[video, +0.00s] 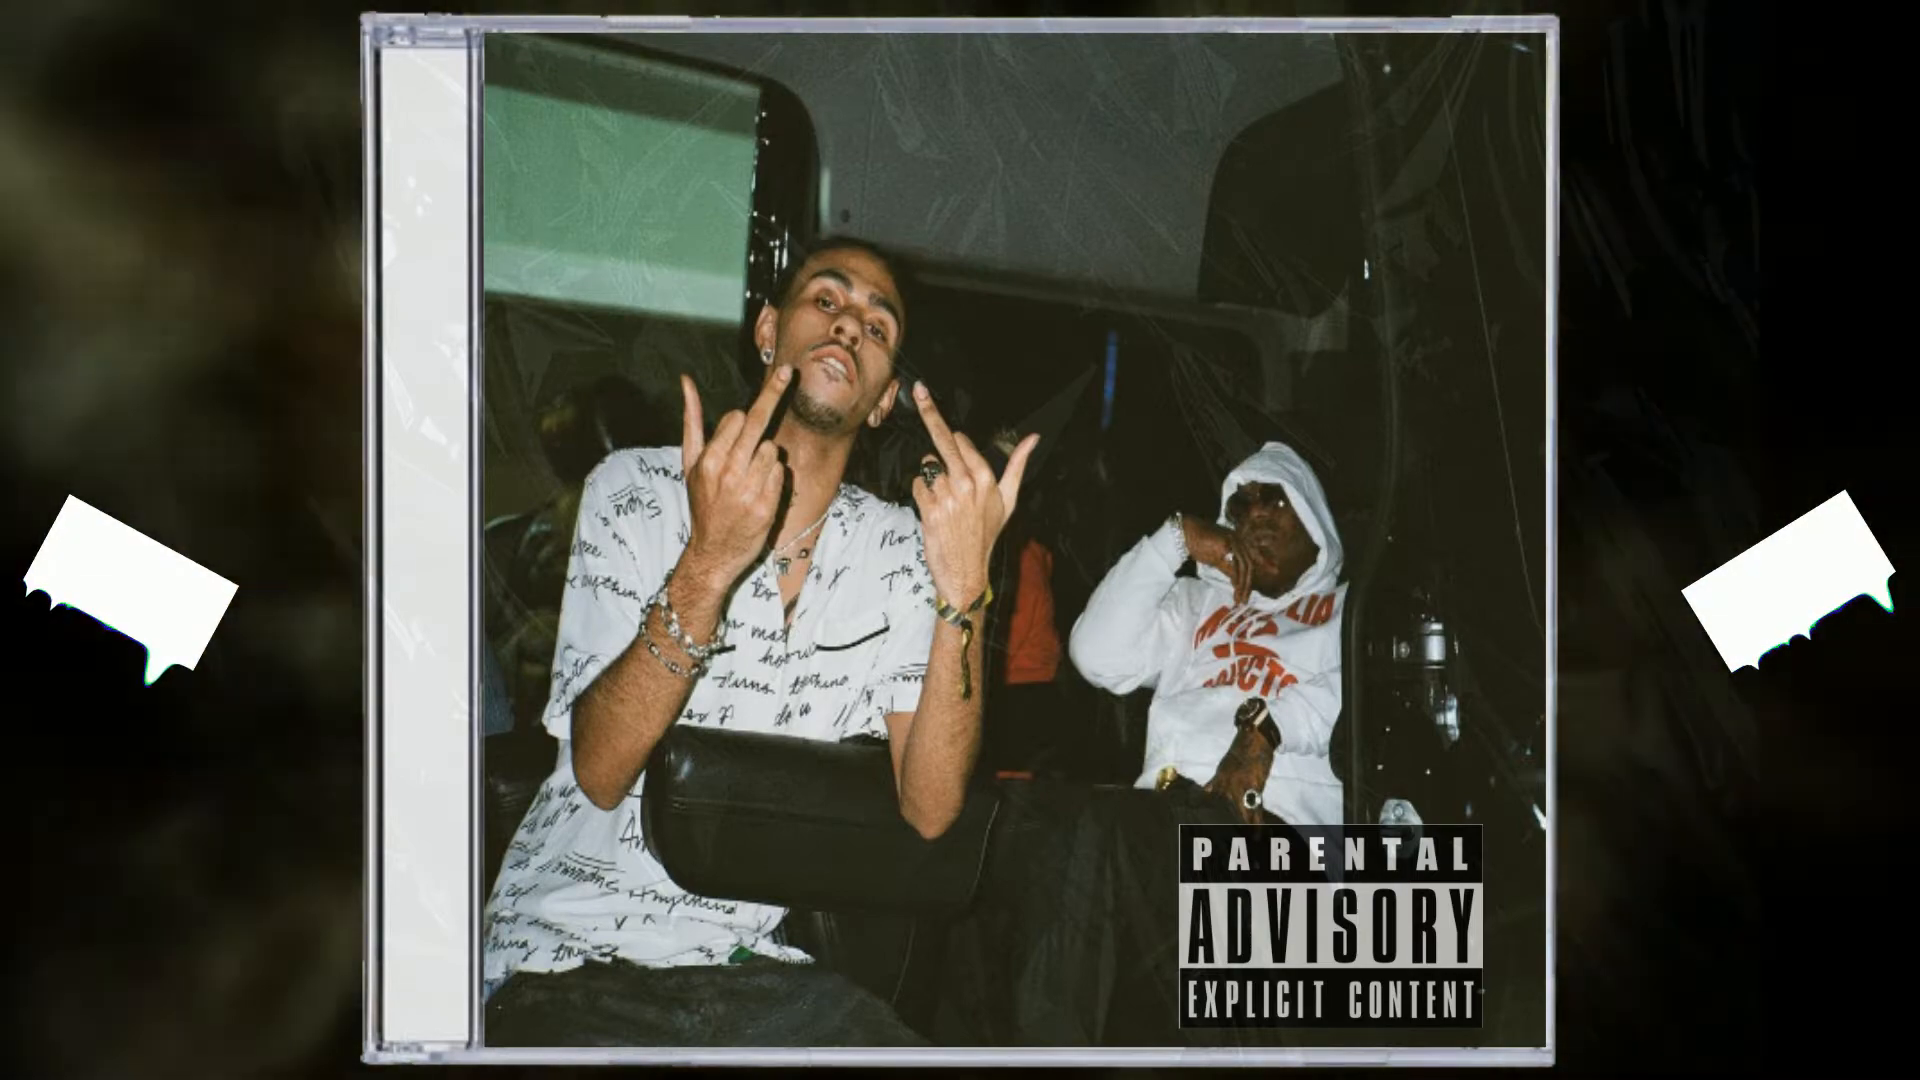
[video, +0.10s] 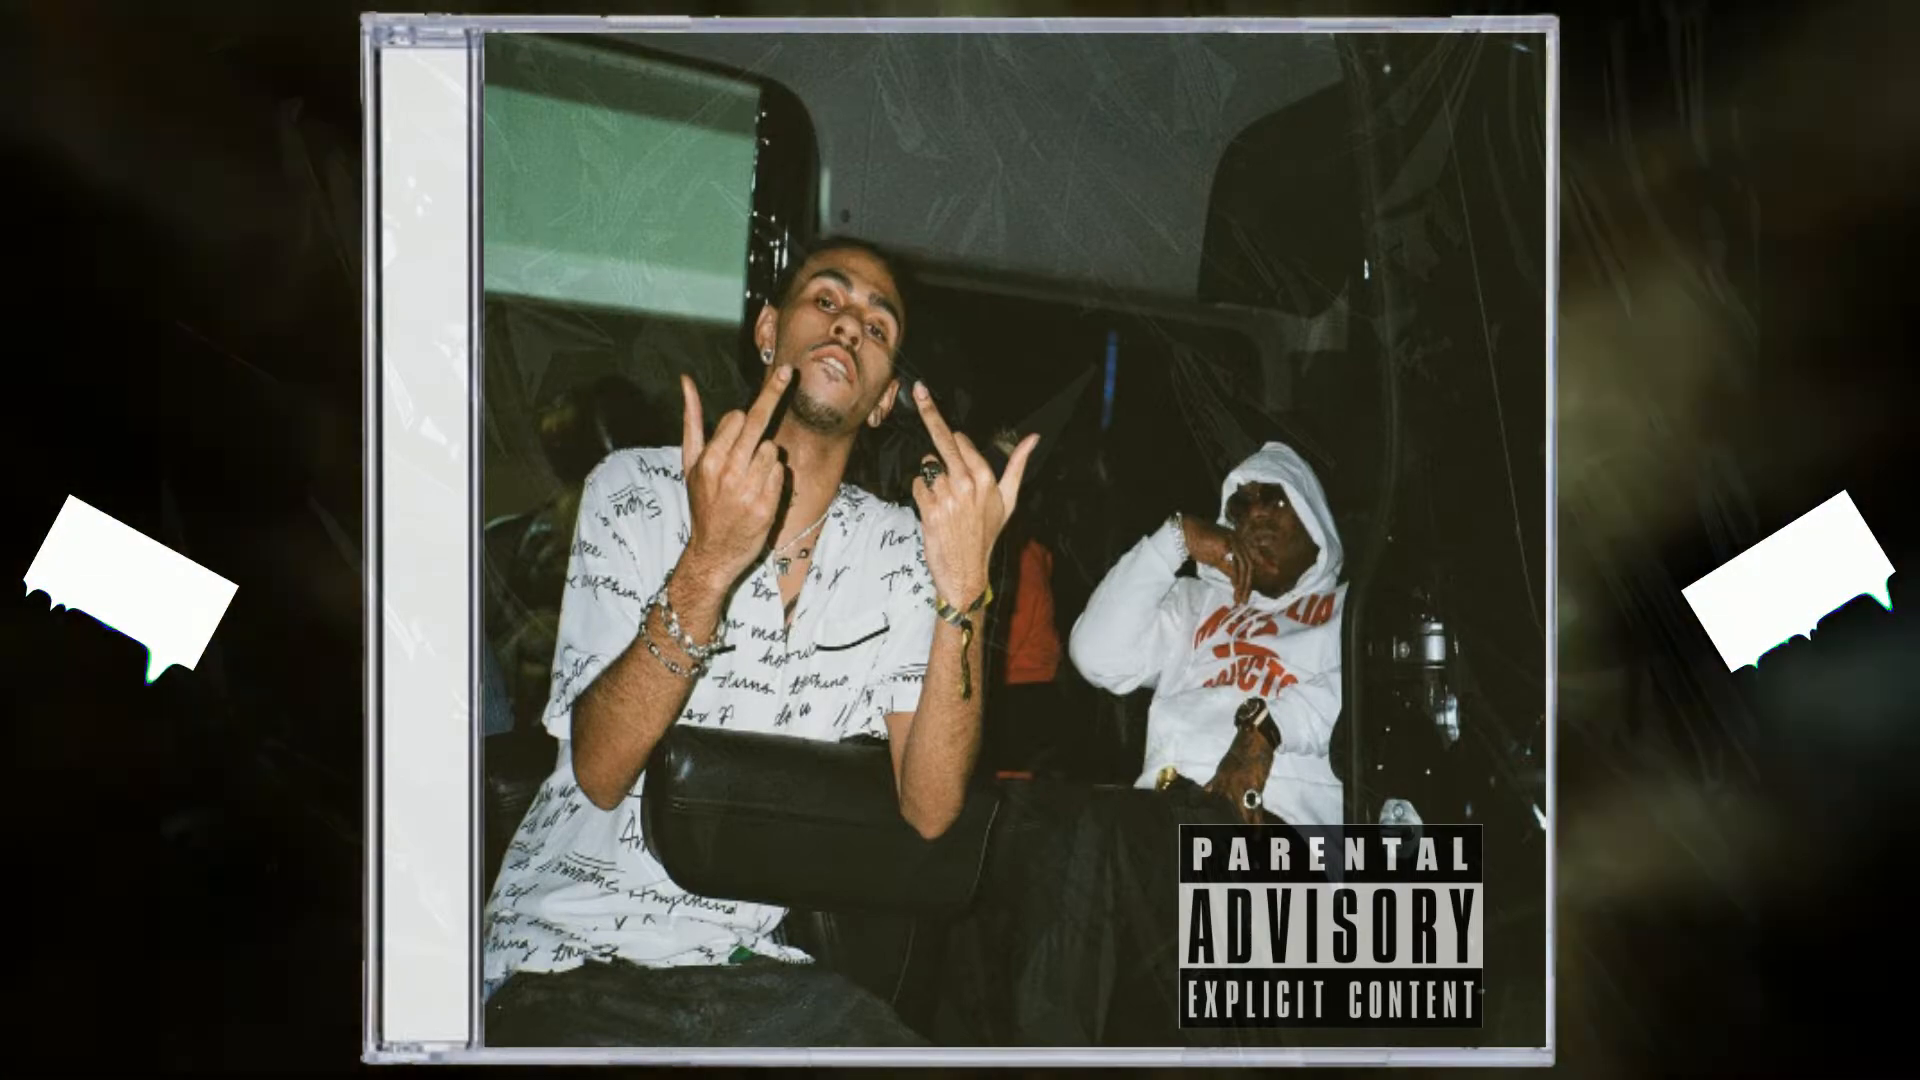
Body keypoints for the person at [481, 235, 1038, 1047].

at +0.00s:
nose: (851, 323)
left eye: (878, 323)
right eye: (826, 299)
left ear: (887, 395)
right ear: (767, 333)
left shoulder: (903, 550)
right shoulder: (638, 490)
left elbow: (931, 809)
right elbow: (601, 770)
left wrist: (965, 594)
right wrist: (710, 564)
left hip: (755, 956)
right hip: (570, 944)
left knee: (905, 1060)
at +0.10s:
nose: (851, 323)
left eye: (878, 323)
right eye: (826, 299)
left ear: (887, 395)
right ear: (767, 333)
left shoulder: (904, 550)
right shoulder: (638, 490)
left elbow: (931, 809)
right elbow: (601, 770)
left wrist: (966, 594)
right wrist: (710, 564)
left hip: (756, 957)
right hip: (570, 945)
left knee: (910, 1063)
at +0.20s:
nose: (851, 323)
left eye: (878, 323)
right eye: (826, 299)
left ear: (887, 395)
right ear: (767, 333)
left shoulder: (903, 550)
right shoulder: (638, 490)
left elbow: (931, 809)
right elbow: (601, 770)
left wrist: (965, 594)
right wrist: (710, 564)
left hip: (754, 957)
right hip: (570, 944)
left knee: (908, 1065)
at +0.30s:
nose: (851, 323)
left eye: (878, 323)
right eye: (826, 299)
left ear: (887, 395)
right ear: (767, 333)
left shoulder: (904, 550)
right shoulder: (638, 490)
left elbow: (931, 809)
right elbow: (601, 770)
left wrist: (966, 594)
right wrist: (710, 564)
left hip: (756, 957)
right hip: (571, 945)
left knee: (907, 1061)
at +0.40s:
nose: (851, 323)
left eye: (878, 323)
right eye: (826, 299)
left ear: (887, 395)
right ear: (767, 333)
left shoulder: (904, 550)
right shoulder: (638, 490)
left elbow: (931, 809)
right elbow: (601, 770)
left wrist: (966, 594)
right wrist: (710, 564)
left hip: (756, 957)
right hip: (571, 945)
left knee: (907, 1060)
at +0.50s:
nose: (851, 323)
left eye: (878, 323)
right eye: (826, 299)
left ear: (887, 395)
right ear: (767, 333)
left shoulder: (903, 550)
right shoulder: (638, 490)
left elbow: (931, 809)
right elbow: (601, 770)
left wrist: (966, 594)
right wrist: (710, 564)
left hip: (756, 957)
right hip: (570, 945)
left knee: (913, 1066)